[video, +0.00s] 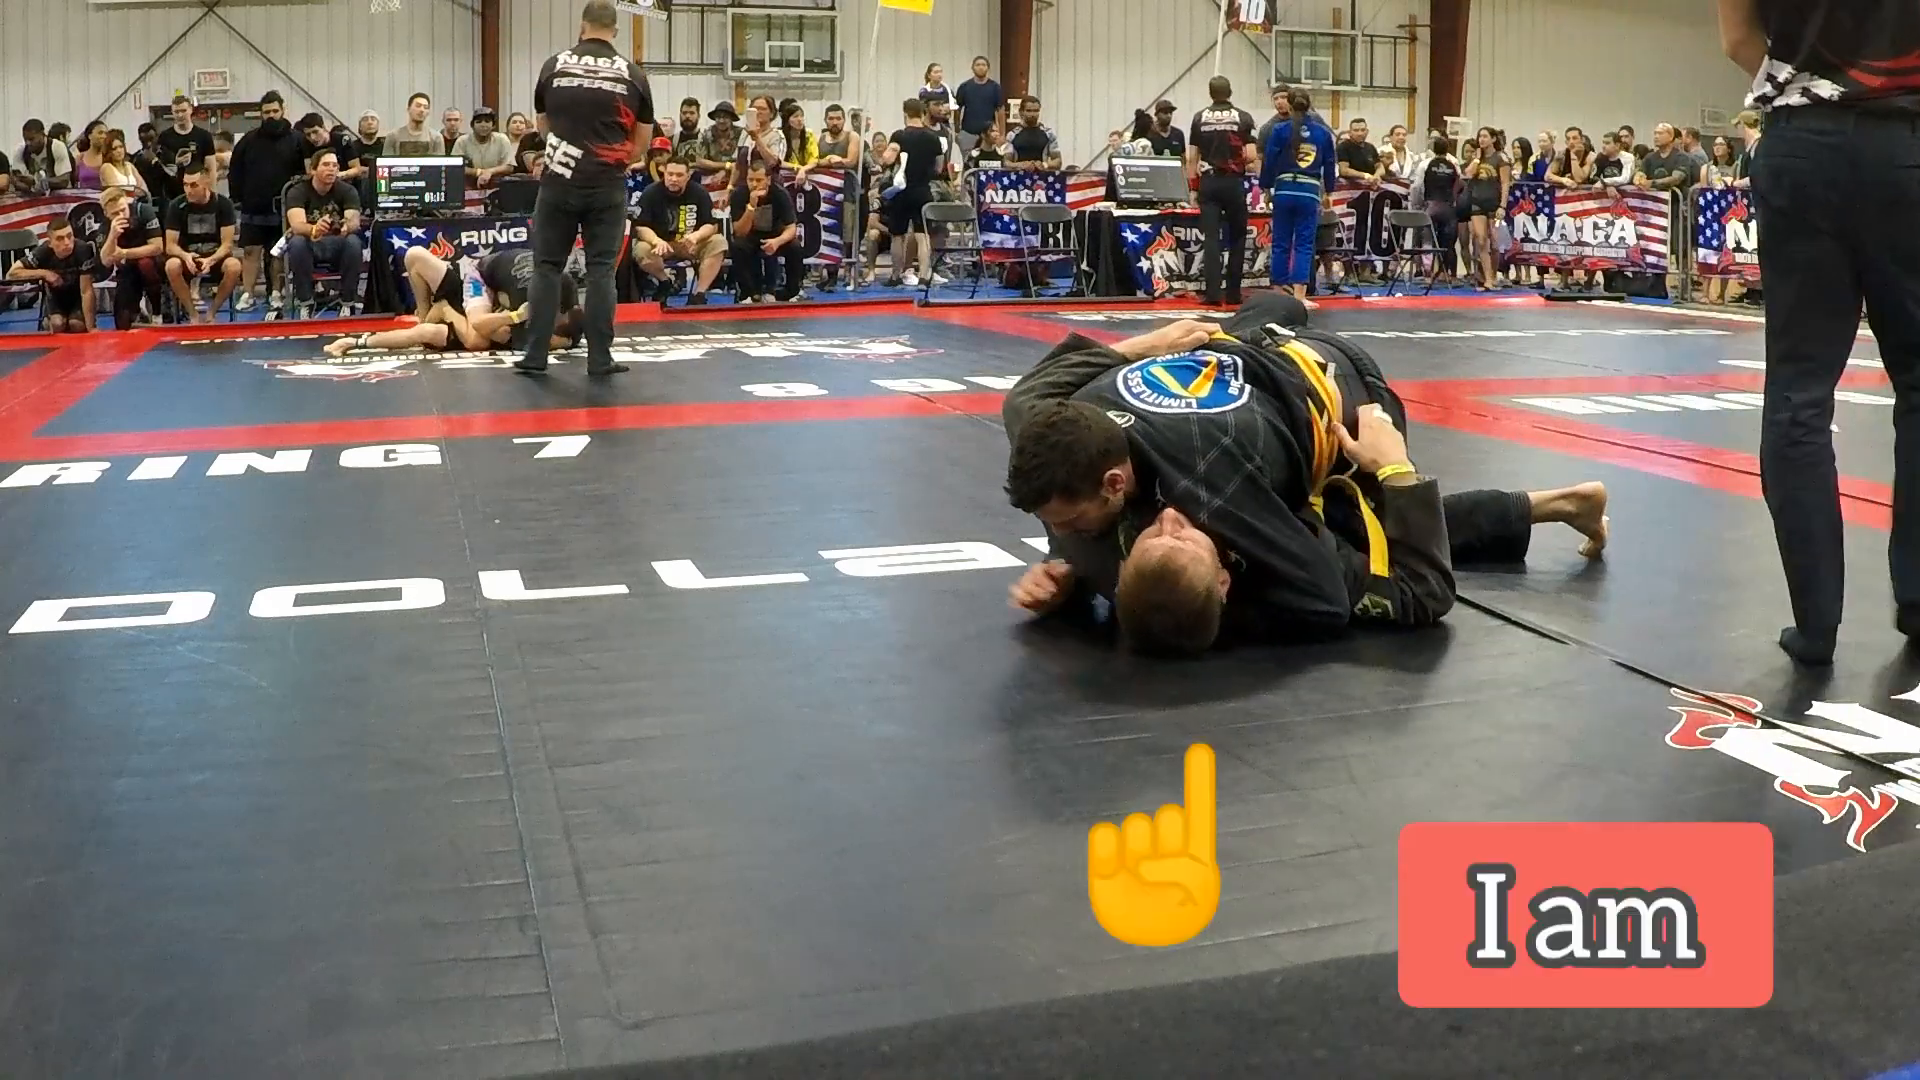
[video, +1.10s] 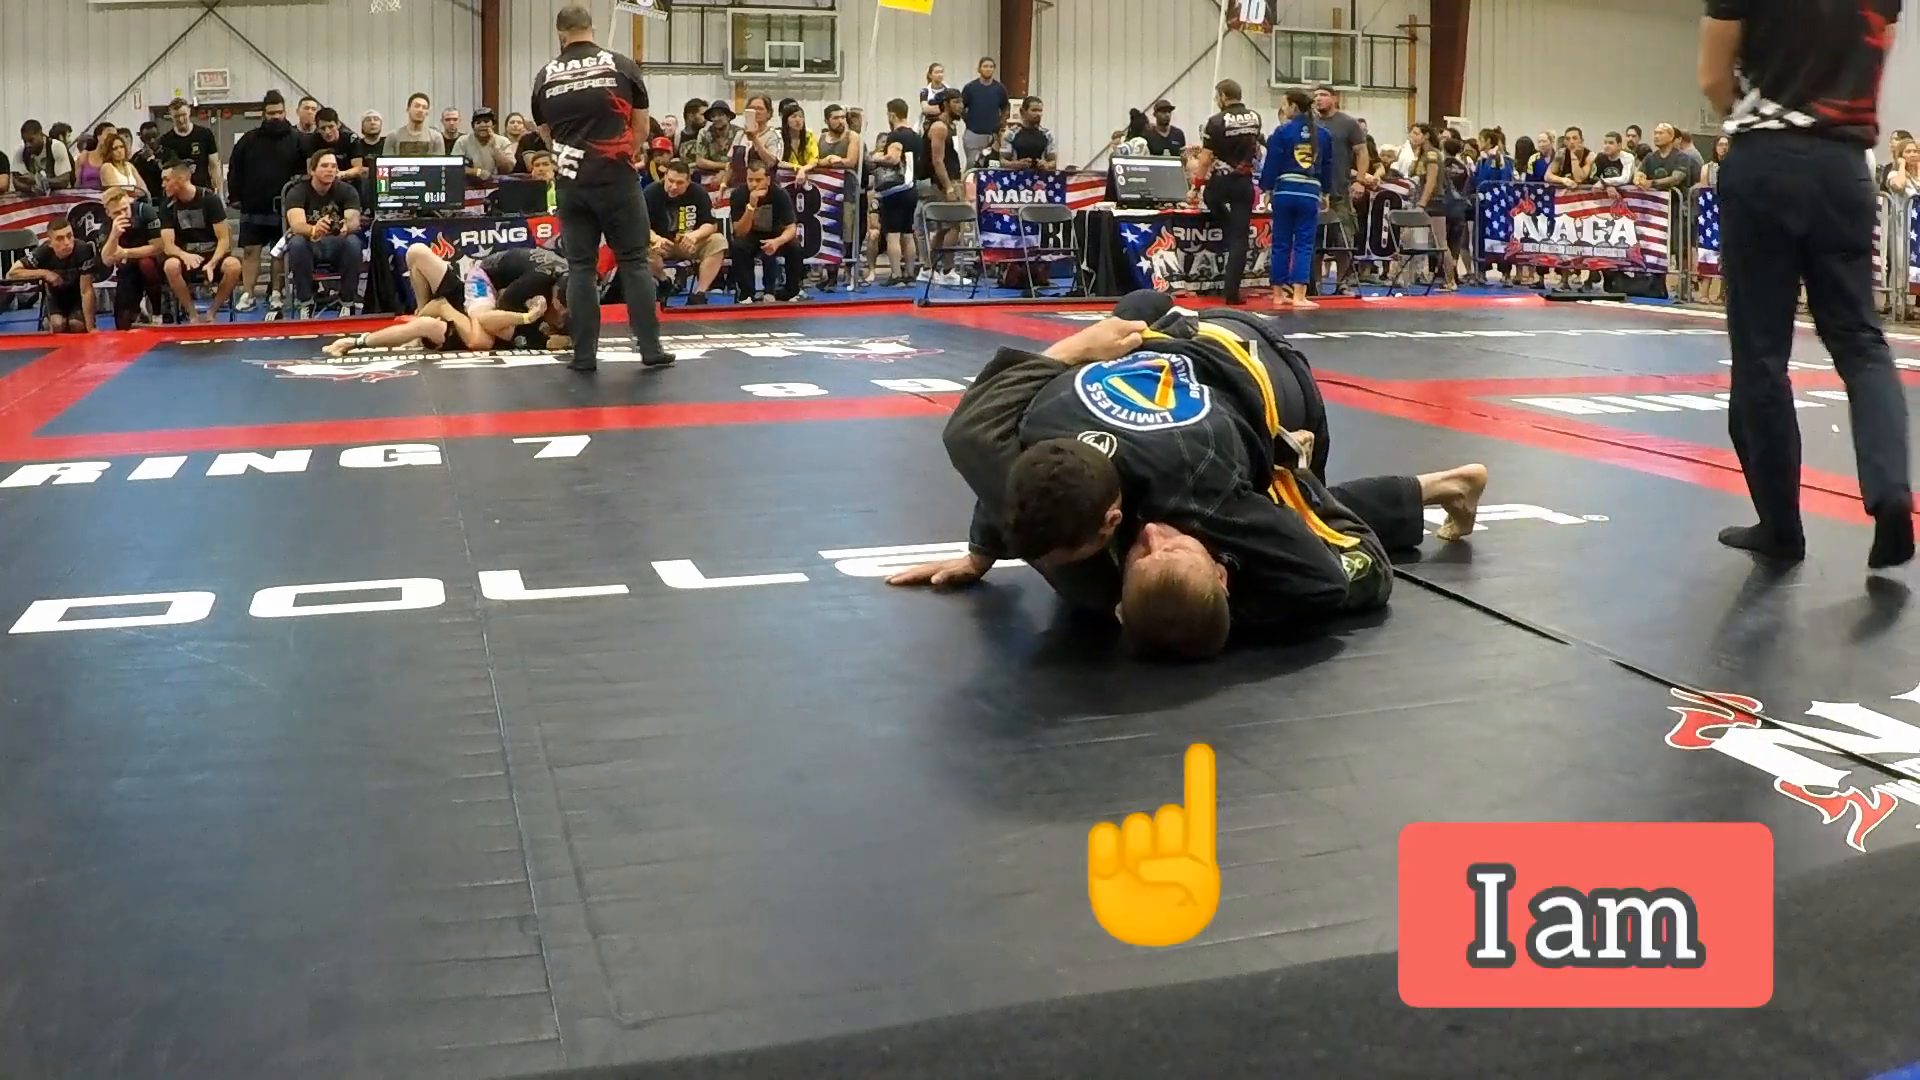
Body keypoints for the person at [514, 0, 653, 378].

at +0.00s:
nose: (586, 34)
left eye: (583, 27)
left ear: (582, 27)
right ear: (614, 30)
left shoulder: (554, 64)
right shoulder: (634, 74)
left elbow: (544, 123)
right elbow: (641, 144)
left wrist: (581, 140)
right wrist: (612, 163)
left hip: (559, 182)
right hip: (608, 183)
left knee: (547, 264)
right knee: (602, 268)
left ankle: (535, 355)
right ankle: (599, 359)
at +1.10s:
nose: (567, 40)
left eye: (562, 36)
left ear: (560, 35)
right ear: (592, 29)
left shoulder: (545, 75)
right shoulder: (622, 65)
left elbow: (548, 135)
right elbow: (640, 130)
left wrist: (579, 154)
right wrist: (628, 157)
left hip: (570, 184)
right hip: (616, 179)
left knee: (580, 266)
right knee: (634, 260)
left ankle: (584, 357)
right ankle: (650, 350)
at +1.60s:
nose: (610, 39)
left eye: (610, 35)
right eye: (614, 35)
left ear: (614, 35)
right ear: (643, 32)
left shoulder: (597, 71)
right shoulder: (669, 72)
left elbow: (587, 137)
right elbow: (677, 130)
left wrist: (606, 168)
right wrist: (658, 165)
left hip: (611, 186)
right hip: (659, 187)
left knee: (599, 268)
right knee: (658, 266)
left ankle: (589, 356)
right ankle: (665, 354)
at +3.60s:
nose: (621, 37)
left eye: (620, 32)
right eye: (622, 32)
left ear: (626, 30)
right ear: (654, 27)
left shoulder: (609, 70)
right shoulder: (685, 69)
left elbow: (600, 134)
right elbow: (693, 127)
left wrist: (614, 161)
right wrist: (675, 158)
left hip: (628, 183)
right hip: (675, 182)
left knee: (631, 266)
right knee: (677, 264)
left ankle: (631, 358)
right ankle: (686, 355)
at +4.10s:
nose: (626, 38)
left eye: (625, 33)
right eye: (628, 34)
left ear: (630, 31)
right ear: (660, 28)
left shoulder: (612, 70)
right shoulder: (689, 69)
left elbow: (603, 135)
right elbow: (697, 129)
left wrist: (606, 154)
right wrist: (682, 161)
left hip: (631, 182)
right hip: (678, 181)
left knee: (633, 267)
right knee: (678, 263)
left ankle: (632, 357)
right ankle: (686, 355)